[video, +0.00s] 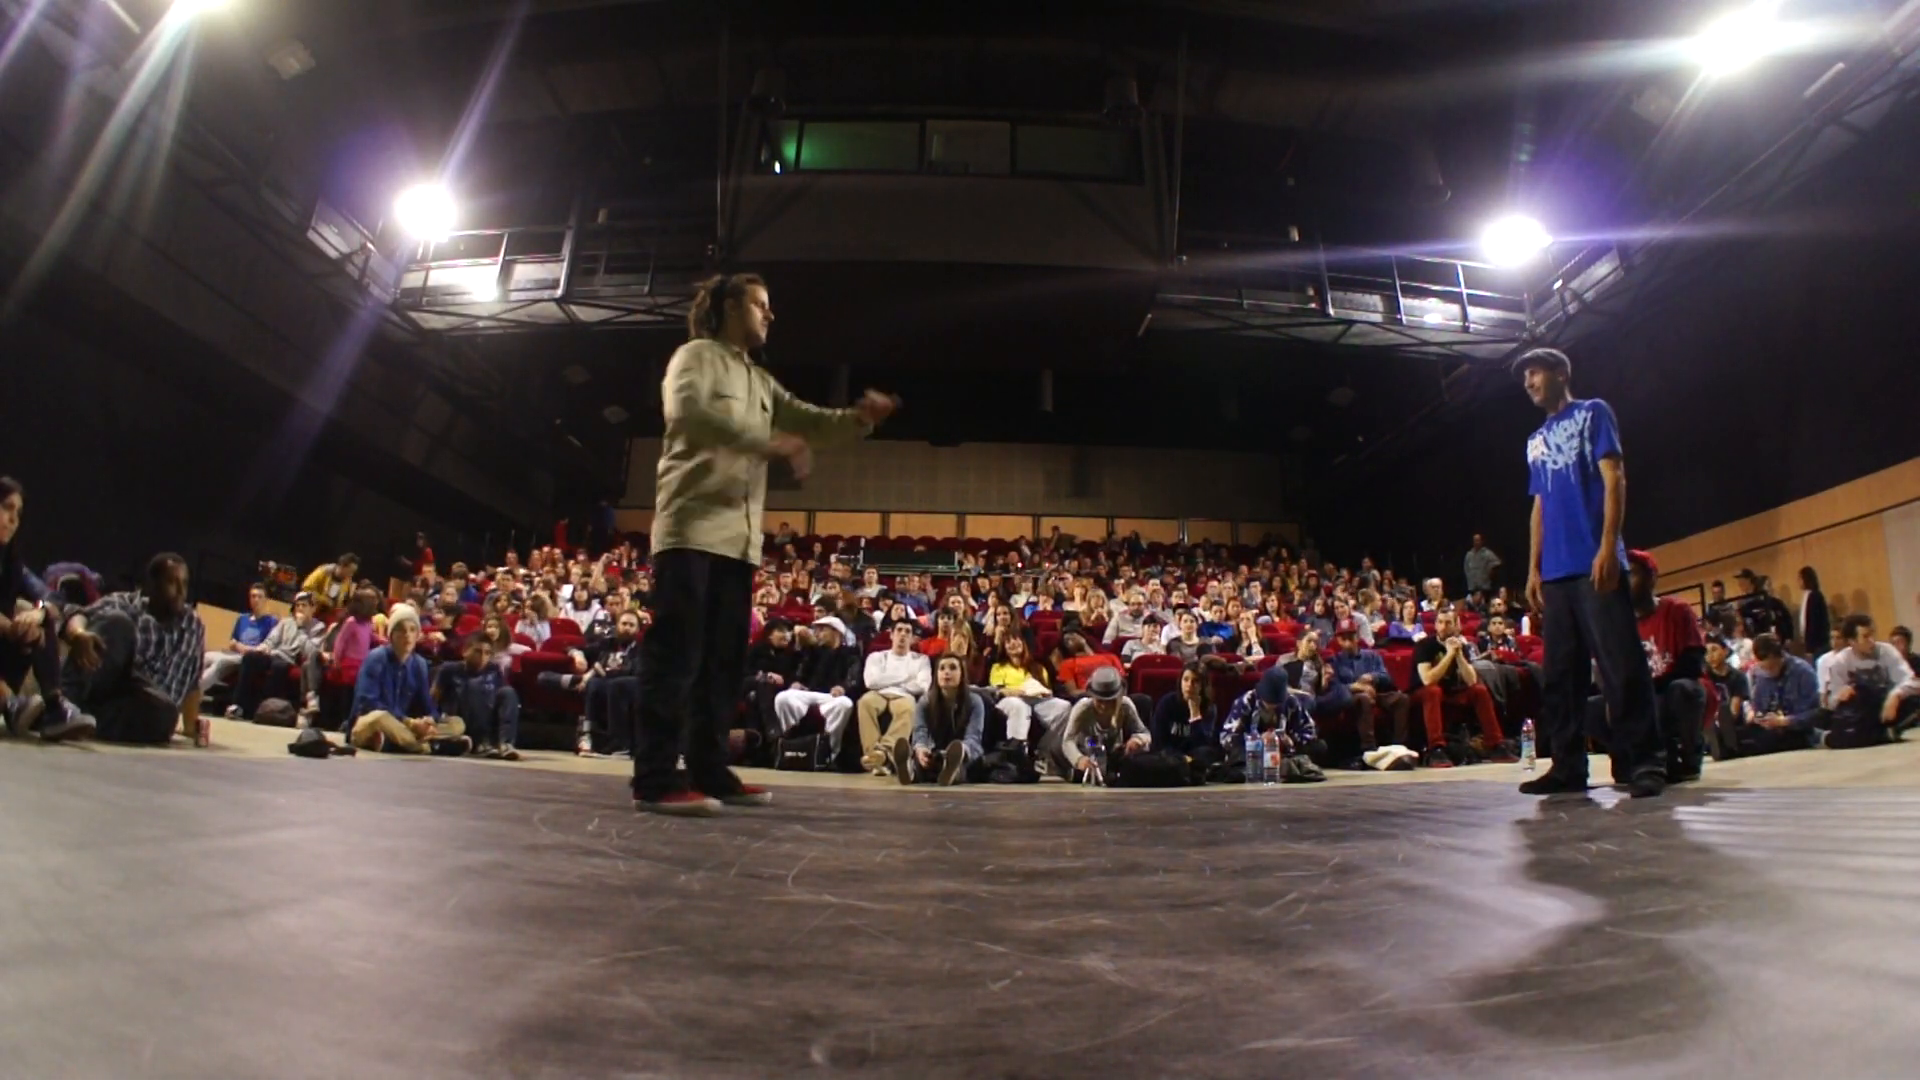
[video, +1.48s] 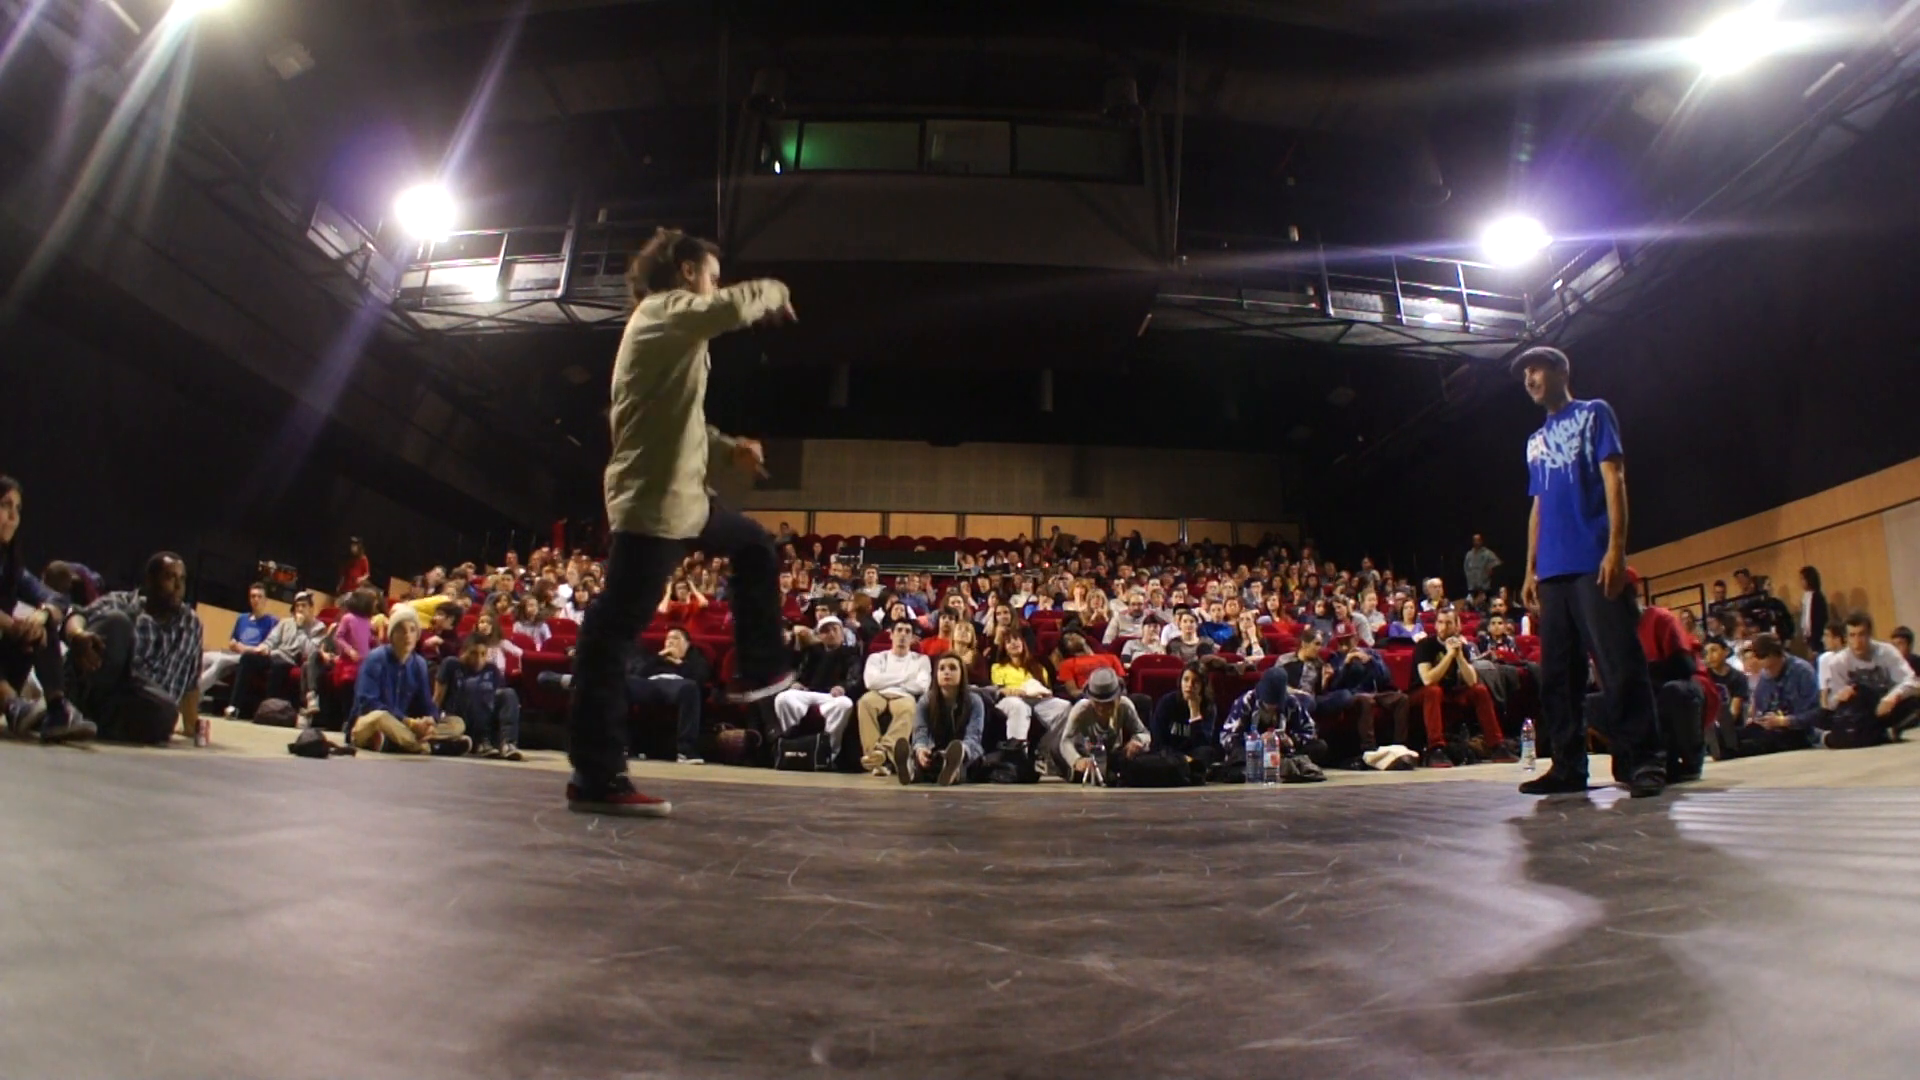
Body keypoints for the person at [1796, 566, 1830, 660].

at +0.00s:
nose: (1799, 582)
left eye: (1801, 578)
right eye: (1799, 578)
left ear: (1807, 579)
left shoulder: (1814, 596)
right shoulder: (1806, 596)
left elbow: (1814, 622)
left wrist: (1810, 647)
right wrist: (1803, 639)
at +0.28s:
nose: (1799, 581)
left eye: (1801, 578)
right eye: (1799, 578)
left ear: (1807, 579)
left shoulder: (1814, 597)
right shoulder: (1806, 596)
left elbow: (1813, 622)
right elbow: (1806, 619)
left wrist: (1810, 646)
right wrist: (1803, 640)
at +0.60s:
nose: (1799, 581)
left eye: (1801, 578)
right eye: (1800, 578)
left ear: (1807, 578)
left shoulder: (1815, 596)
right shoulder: (1806, 595)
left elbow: (1814, 622)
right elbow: (1806, 618)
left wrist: (1810, 646)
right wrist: (1803, 639)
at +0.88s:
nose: (1799, 581)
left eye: (1801, 578)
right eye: (1799, 578)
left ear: (1808, 579)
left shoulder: (1815, 596)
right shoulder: (1805, 595)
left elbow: (1817, 621)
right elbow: (1805, 617)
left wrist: (1813, 645)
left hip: (1813, 641)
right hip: (1805, 640)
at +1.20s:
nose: (1800, 581)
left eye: (1802, 578)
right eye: (1800, 578)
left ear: (1808, 579)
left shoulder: (1816, 596)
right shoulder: (1804, 595)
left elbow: (1819, 620)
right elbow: (1803, 616)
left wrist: (1814, 641)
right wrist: (1801, 635)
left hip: (1813, 640)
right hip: (1804, 639)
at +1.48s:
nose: (1801, 582)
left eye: (1803, 579)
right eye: (1801, 579)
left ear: (1810, 579)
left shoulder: (1817, 597)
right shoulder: (1805, 596)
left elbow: (1820, 619)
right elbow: (1804, 615)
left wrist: (1815, 641)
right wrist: (1802, 634)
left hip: (1814, 639)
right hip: (1804, 637)